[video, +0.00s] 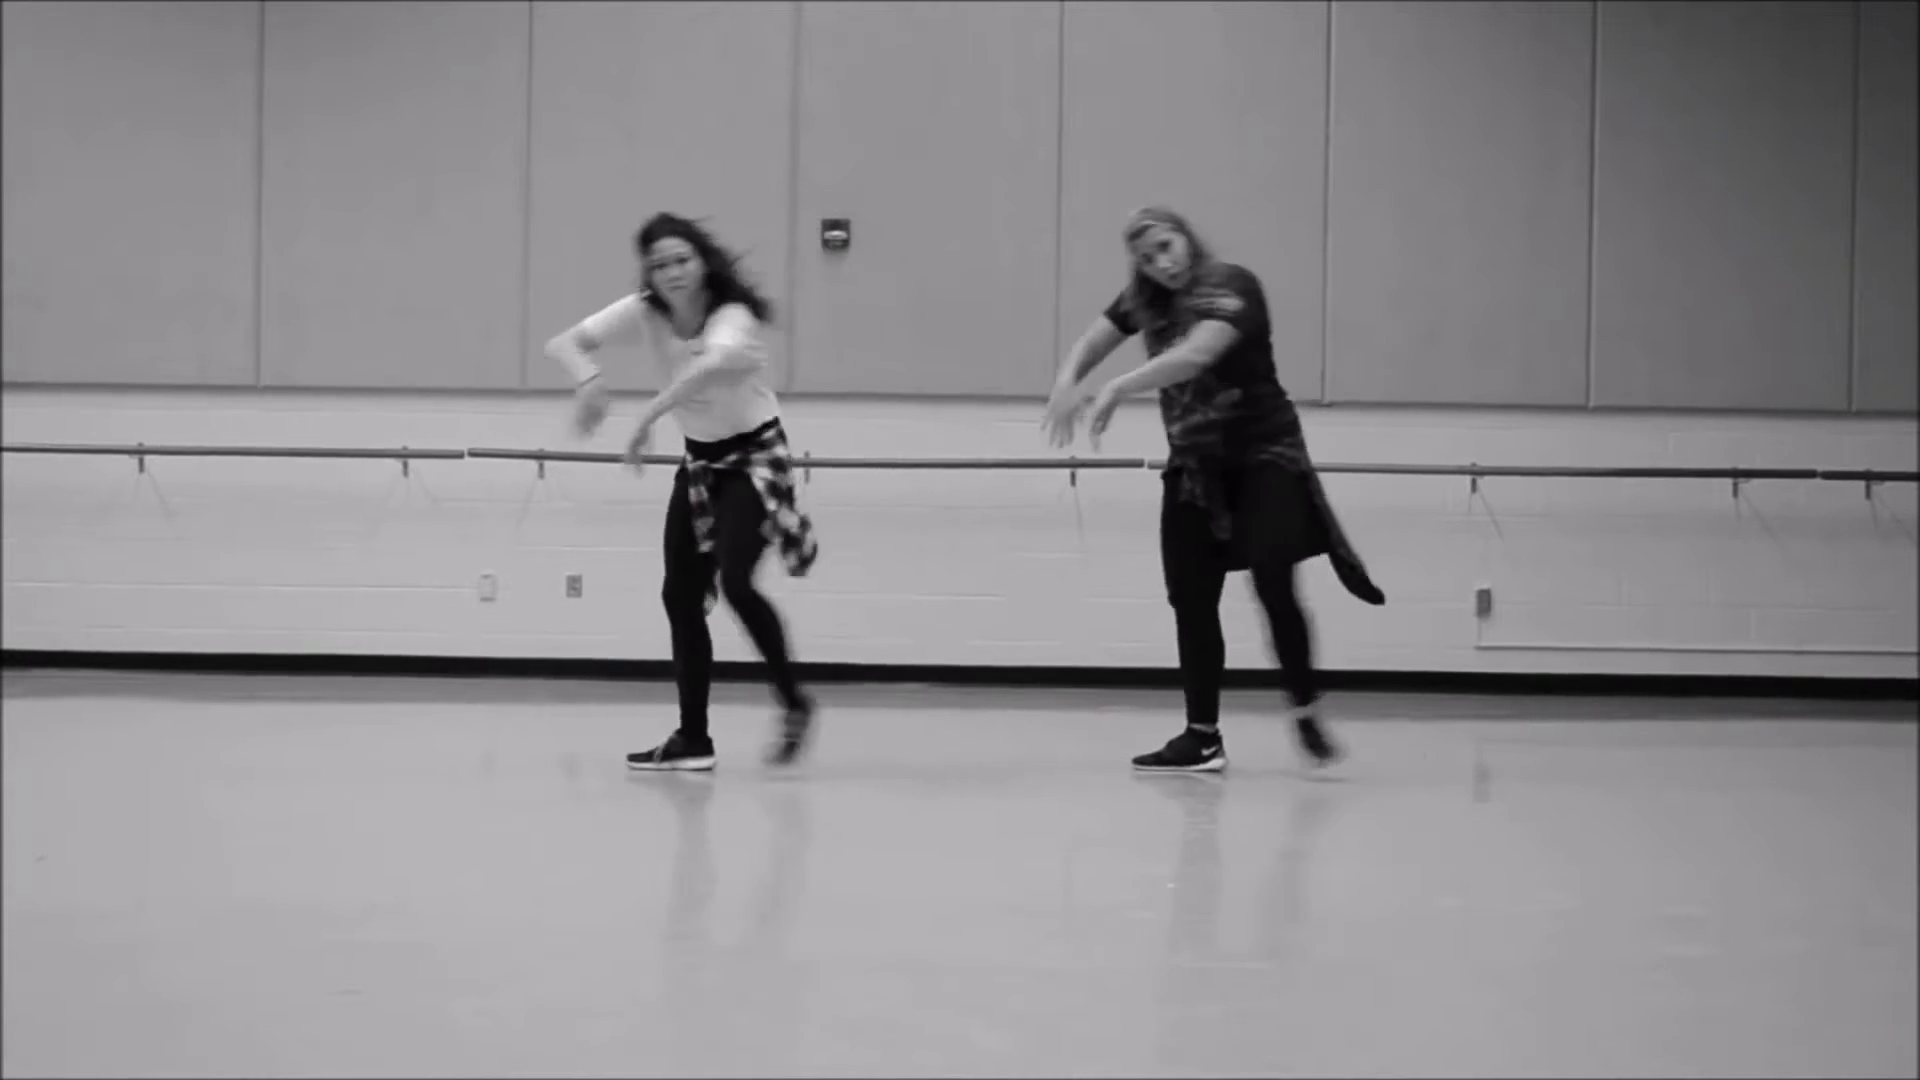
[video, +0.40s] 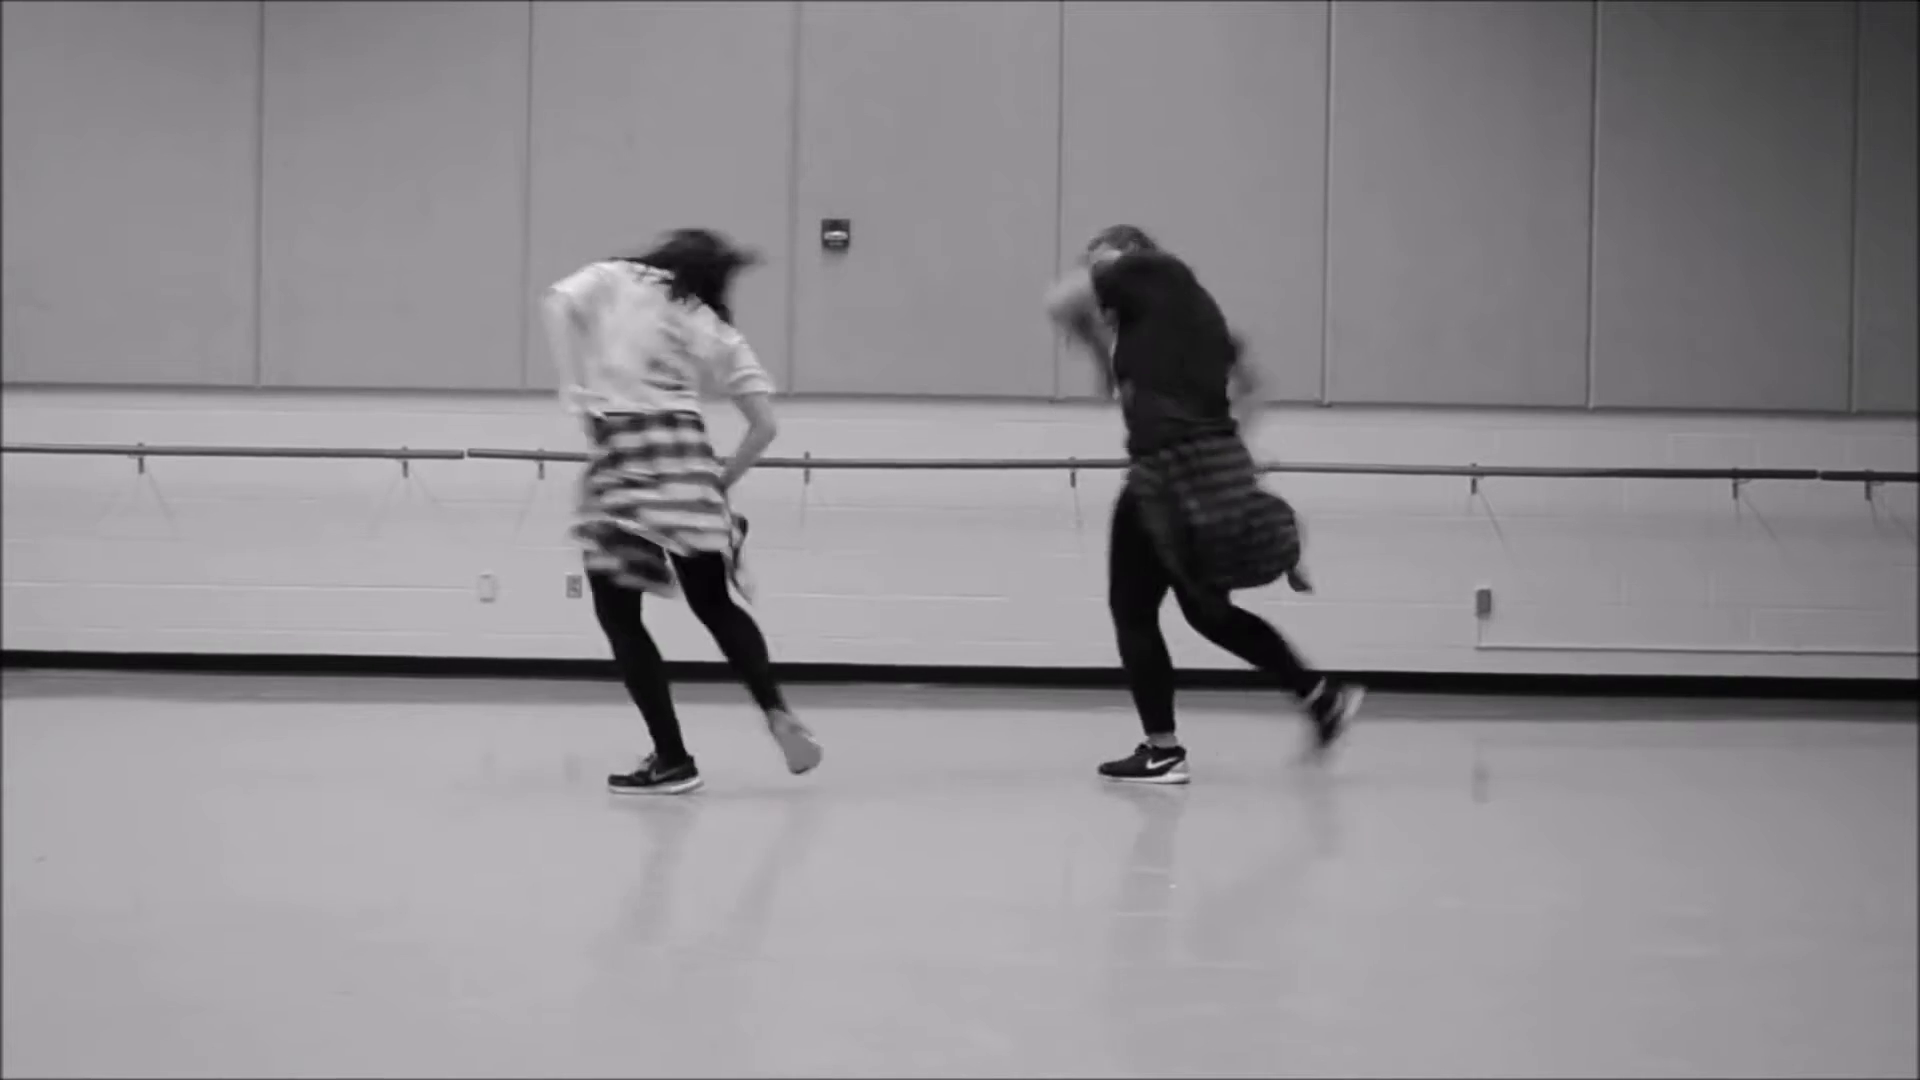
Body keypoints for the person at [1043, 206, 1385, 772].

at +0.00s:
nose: (1162, 260)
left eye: (1166, 245)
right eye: (1148, 257)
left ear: (1188, 238)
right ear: (1141, 266)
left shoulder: (1234, 289)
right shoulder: (1147, 299)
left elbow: (1195, 355)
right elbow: (1091, 345)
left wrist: (1114, 389)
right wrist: (1065, 387)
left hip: (1264, 464)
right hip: (1195, 468)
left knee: (1274, 588)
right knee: (1193, 600)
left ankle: (1306, 715)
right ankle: (1201, 733)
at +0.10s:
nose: (1130, 276)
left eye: (1134, 261)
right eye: (1118, 274)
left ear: (1159, 252)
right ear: (1116, 285)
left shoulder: (1205, 296)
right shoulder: (1134, 317)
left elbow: (1147, 362)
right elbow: (1085, 366)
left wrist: (1079, 415)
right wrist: (1045, 425)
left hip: (1251, 465)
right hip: (1194, 469)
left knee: (1203, 584)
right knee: (1175, 589)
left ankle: (1231, 728)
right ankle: (1196, 731)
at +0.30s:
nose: (1092, 288)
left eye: (1099, 272)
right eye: (1082, 285)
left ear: (1128, 259)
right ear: (1085, 292)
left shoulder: (1141, 291)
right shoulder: (1167, 300)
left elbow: (1071, 355)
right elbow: (1146, 404)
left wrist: (1063, 429)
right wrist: (1110, 463)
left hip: (1197, 473)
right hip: (1235, 466)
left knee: (1154, 603)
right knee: (1216, 598)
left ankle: (1164, 745)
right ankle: (1216, 726)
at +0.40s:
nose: (1094, 271)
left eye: (1097, 262)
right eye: (1094, 265)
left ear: (1117, 254)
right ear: (1146, 248)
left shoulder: (1131, 273)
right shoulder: (1196, 302)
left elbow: (1063, 301)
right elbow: (1249, 380)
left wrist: (1099, 352)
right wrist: (1224, 438)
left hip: (1160, 481)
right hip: (1213, 473)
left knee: (1132, 610)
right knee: (1209, 612)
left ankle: (1161, 748)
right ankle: (1320, 694)